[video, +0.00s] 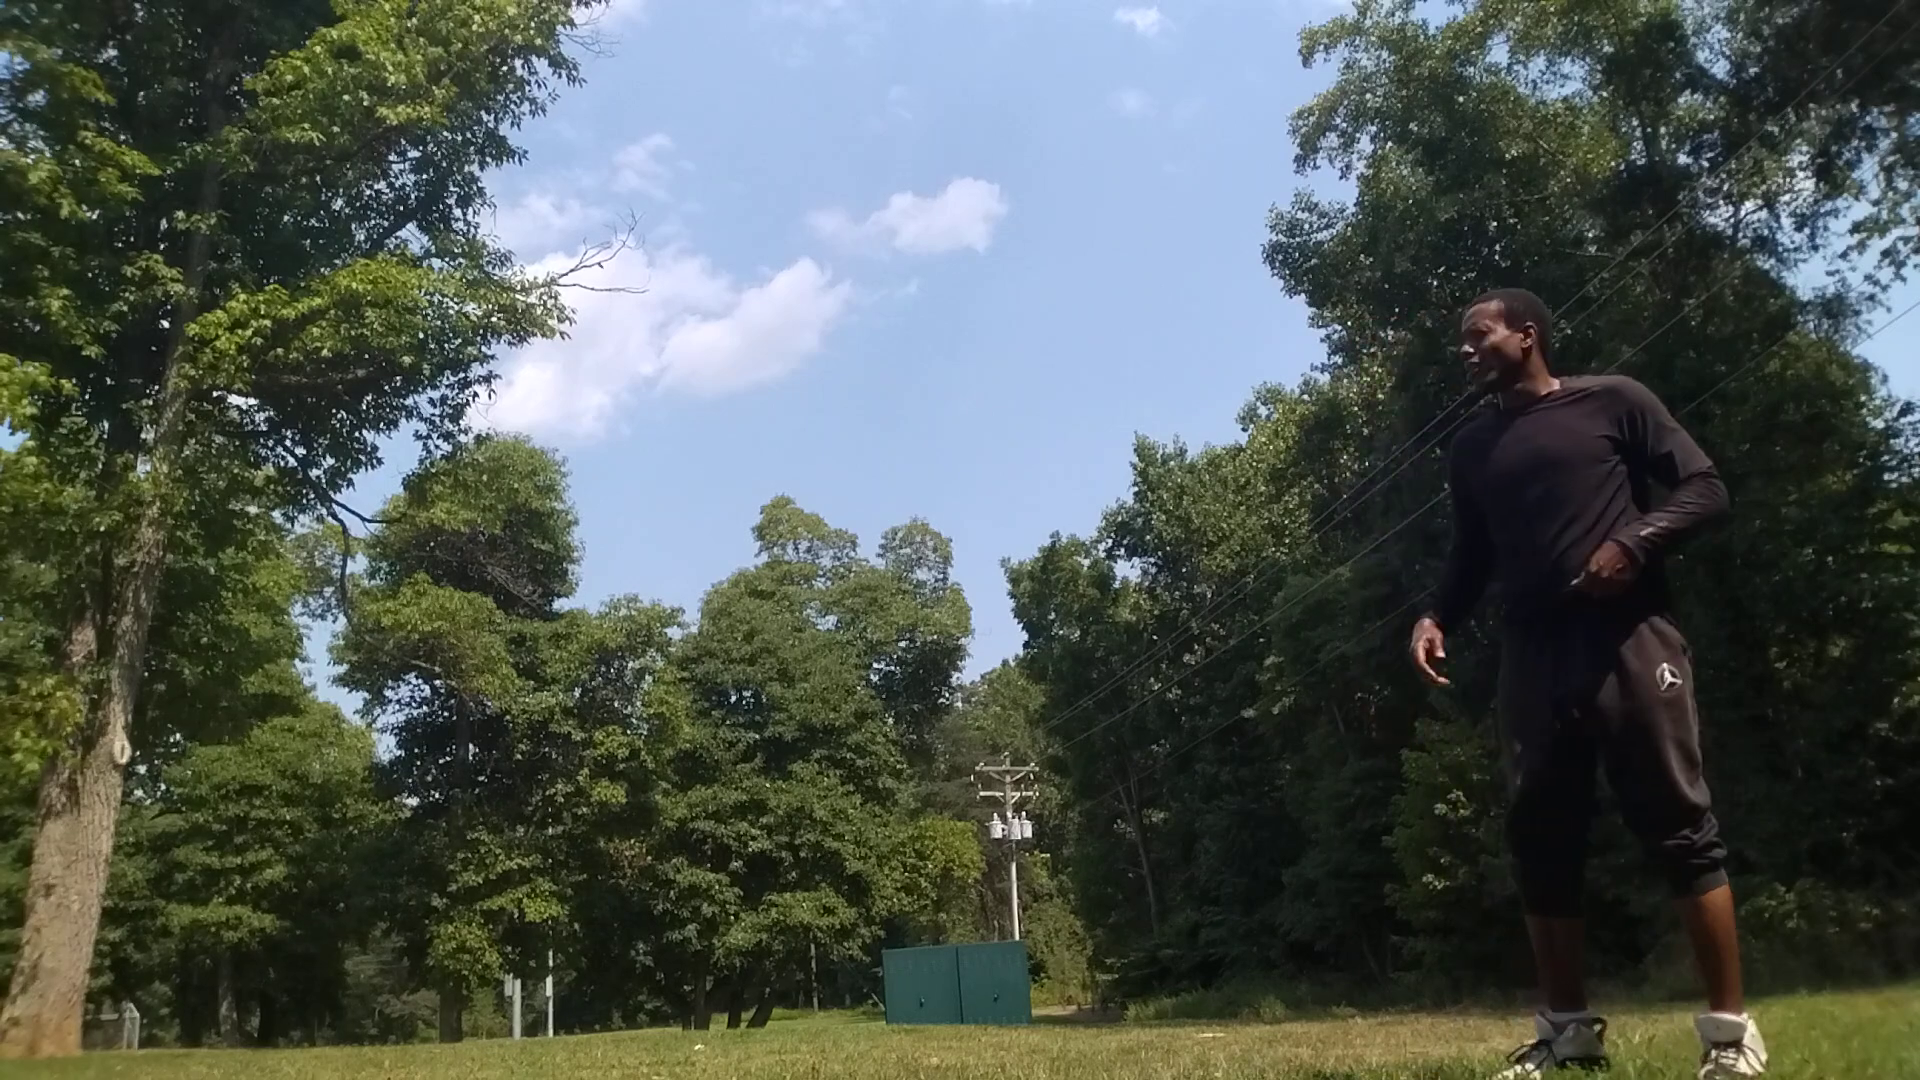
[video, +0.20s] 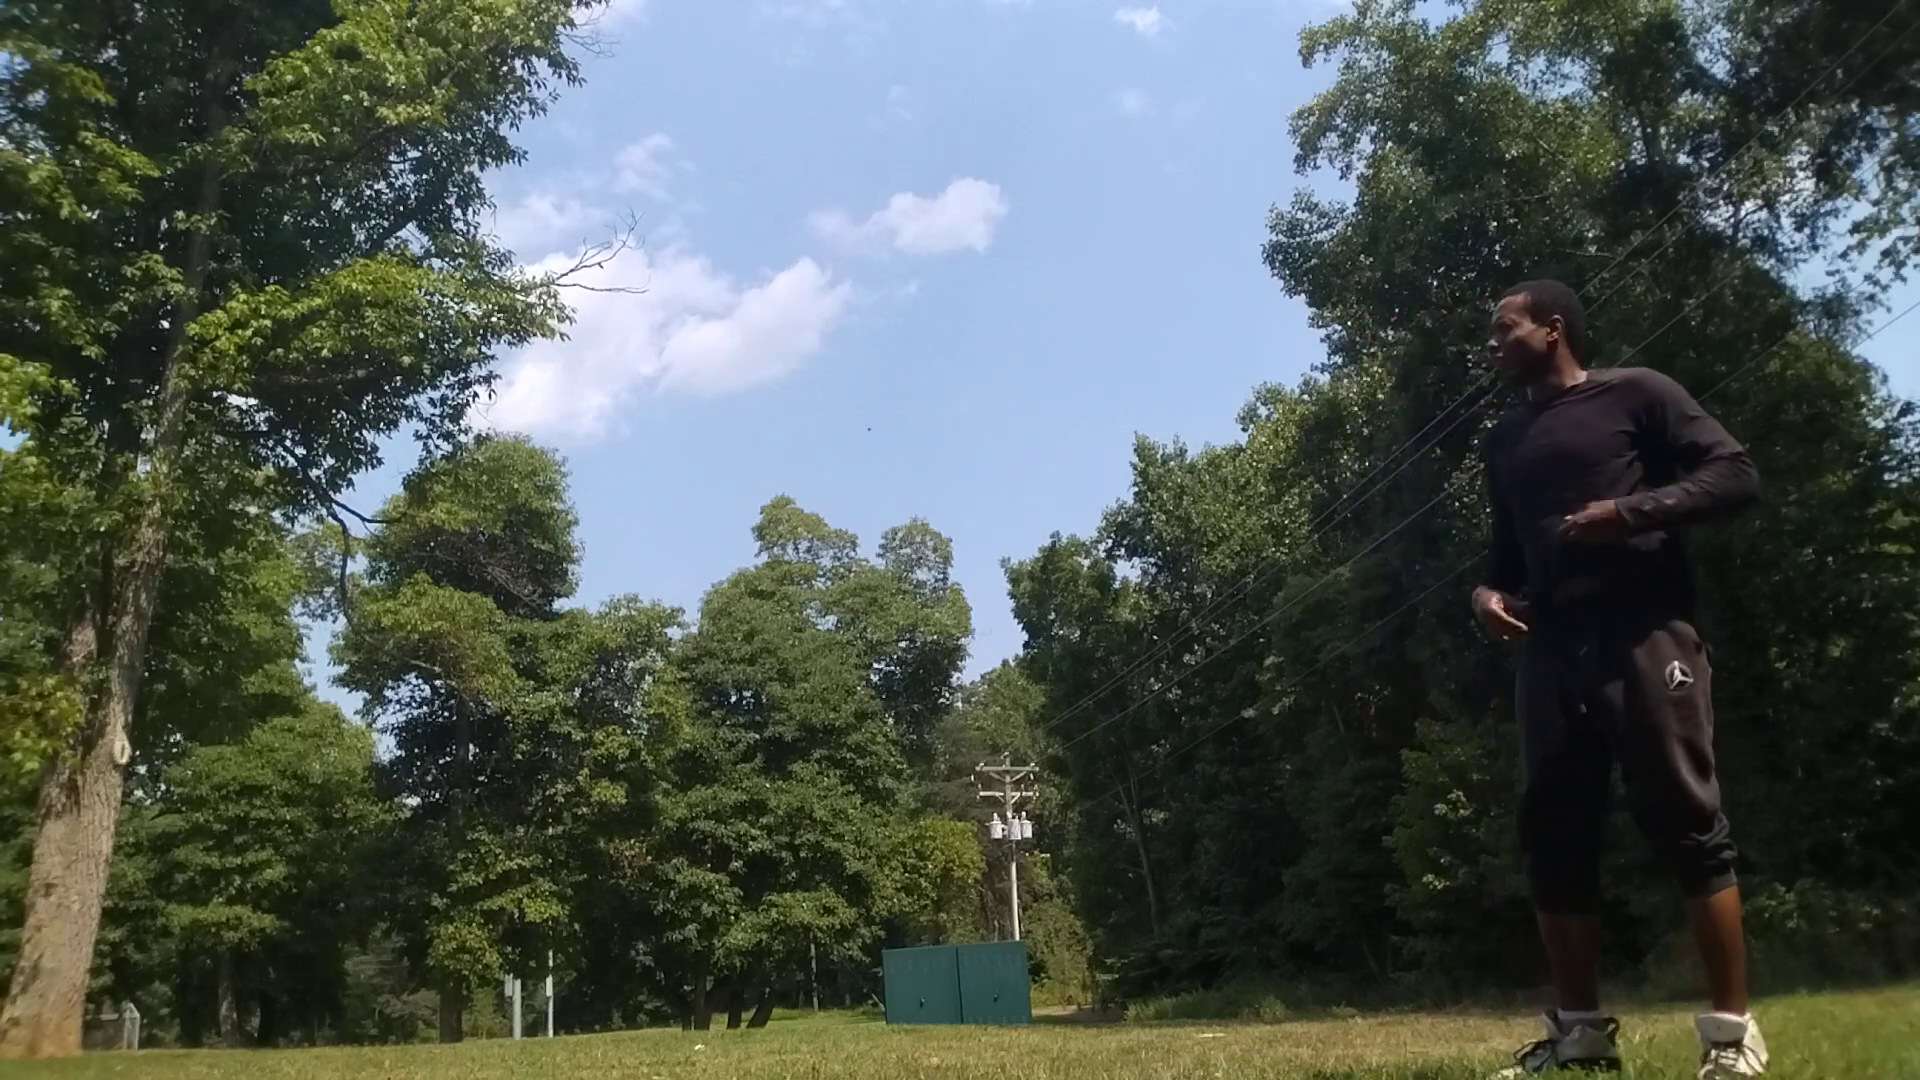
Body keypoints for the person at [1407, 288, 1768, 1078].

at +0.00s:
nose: (1465, 350)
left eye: (1476, 335)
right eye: (1462, 340)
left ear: (1526, 333)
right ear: (1488, 349)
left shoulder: (1615, 399)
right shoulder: (1471, 444)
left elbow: (1704, 490)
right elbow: (1472, 550)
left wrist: (1632, 541)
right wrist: (1436, 614)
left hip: (1631, 645)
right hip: (1534, 659)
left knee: (1684, 833)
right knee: (1539, 835)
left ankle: (1729, 1036)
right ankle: (1566, 1029)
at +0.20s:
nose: (1493, 343)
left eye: (1505, 327)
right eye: (1491, 332)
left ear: (1554, 328)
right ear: (1524, 340)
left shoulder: (1640, 391)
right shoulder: (1505, 437)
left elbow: (1735, 472)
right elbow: (1509, 553)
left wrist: (1631, 507)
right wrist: (1490, 589)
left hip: (1648, 636)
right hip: (1554, 650)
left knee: (1691, 827)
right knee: (1553, 829)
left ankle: (1731, 1033)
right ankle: (1578, 1029)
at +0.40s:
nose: (1508, 342)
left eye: (1519, 327)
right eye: (1507, 331)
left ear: (1566, 325)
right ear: (1553, 331)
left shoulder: (1640, 384)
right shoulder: (1530, 432)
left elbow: (1722, 469)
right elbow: (1546, 532)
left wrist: (1596, 490)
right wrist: (1506, 567)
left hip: (1654, 628)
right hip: (1566, 639)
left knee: (1693, 821)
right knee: (1562, 826)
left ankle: (1733, 1033)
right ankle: (1579, 1028)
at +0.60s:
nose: (1510, 341)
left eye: (1521, 326)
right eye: (1510, 329)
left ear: (1565, 327)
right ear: (1552, 332)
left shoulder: (1627, 377)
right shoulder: (1543, 427)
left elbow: (1726, 438)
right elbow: (1567, 543)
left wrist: (1611, 484)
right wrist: (1501, 545)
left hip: (1651, 626)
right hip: (1571, 635)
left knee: (1688, 818)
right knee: (1564, 822)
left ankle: (1734, 1034)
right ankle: (1582, 1028)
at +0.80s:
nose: (1505, 341)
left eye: (1515, 327)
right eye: (1506, 329)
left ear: (1559, 329)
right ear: (1550, 332)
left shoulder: (1624, 378)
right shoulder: (1538, 424)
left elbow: (1720, 438)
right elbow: (1551, 518)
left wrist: (1604, 459)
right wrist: (1489, 529)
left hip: (1642, 624)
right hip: (1564, 637)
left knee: (1683, 820)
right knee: (1557, 824)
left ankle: (1733, 1035)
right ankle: (1582, 1028)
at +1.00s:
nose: (1493, 349)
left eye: (1502, 333)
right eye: (1493, 336)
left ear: (1545, 334)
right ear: (1537, 337)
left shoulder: (1617, 385)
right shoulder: (1528, 435)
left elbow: (1691, 463)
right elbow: (1520, 542)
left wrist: (1561, 450)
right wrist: (1453, 525)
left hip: (1626, 624)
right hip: (1545, 638)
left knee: (1672, 821)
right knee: (1541, 825)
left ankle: (1730, 1035)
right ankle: (1579, 1030)